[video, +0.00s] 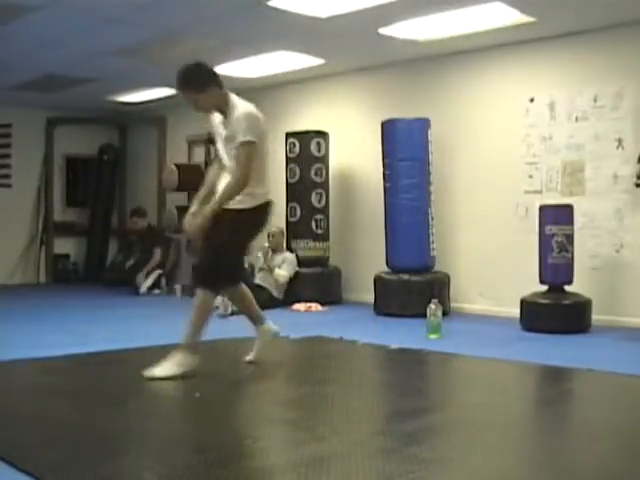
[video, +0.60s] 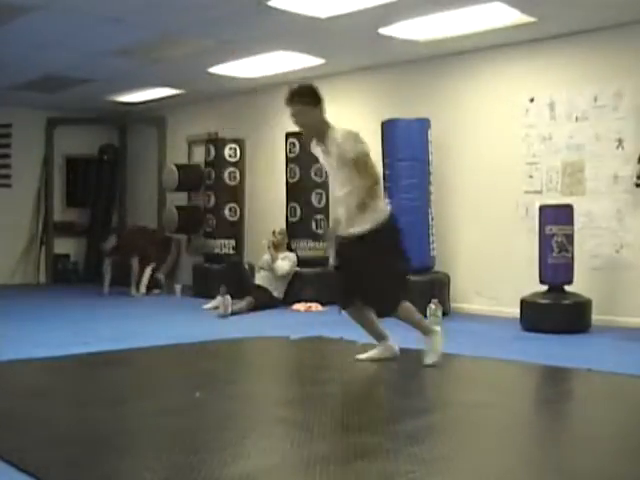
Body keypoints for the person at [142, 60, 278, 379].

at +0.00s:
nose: (195, 107)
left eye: (197, 99)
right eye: (191, 102)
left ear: (215, 87)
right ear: (198, 96)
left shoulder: (246, 117)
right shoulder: (217, 118)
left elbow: (242, 177)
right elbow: (218, 166)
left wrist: (206, 214)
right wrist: (197, 205)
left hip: (250, 205)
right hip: (229, 203)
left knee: (210, 272)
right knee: (224, 273)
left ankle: (189, 350)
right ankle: (265, 328)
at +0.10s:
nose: (211, 118)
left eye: (212, 110)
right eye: (207, 112)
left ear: (229, 100)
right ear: (222, 105)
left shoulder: (258, 131)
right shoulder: (236, 133)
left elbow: (246, 184)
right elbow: (235, 186)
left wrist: (204, 189)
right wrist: (214, 216)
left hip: (268, 219)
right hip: (249, 217)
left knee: (231, 282)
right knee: (237, 284)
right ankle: (272, 340)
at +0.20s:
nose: (224, 126)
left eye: (226, 118)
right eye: (221, 120)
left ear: (245, 109)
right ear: (241, 113)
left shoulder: (269, 138)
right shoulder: (254, 143)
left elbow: (260, 192)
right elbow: (258, 192)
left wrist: (241, 209)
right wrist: (242, 206)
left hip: (288, 227)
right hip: (270, 227)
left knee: (249, 287)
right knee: (242, 287)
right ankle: (274, 345)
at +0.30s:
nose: (238, 117)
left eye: (237, 109)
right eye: (234, 112)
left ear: (254, 97)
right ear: (254, 100)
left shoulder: (283, 126)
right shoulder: (276, 126)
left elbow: (283, 181)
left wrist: (265, 190)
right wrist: (273, 184)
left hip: (308, 212)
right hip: (292, 212)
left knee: (295, 282)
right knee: (269, 278)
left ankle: (342, 323)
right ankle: (278, 342)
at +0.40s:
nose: (256, 107)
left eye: (256, 99)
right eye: (252, 102)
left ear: (272, 87)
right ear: (268, 93)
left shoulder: (299, 113)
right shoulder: (292, 117)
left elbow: (308, 163)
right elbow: (310, 163)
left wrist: (290, 164)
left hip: (329, 201)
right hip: (317, 202)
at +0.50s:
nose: (277, 110)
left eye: (277, 102)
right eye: (273, 105)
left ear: (293, 95)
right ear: (286, 99)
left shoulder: (322, 122)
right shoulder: (308, 128)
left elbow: (341, 165)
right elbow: (330, 167)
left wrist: (315, 179)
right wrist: (317, 192)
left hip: (353, 213)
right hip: (331, 216)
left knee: (365, 285)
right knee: (336, 287)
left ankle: (409, 328)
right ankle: (376, 339)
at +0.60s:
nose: (295, 121)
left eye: (298, 114)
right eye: (293, 115)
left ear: (316, 110)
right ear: (299, 115)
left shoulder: (347, 140)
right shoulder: (319, 146)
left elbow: (372, 180)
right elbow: (339, 186)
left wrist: (351, 210)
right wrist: (336, 221)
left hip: (376, 231)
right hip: (348, 234)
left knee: (383, 298)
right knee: (349, 298)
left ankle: (431, 333)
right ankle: (385, 344)